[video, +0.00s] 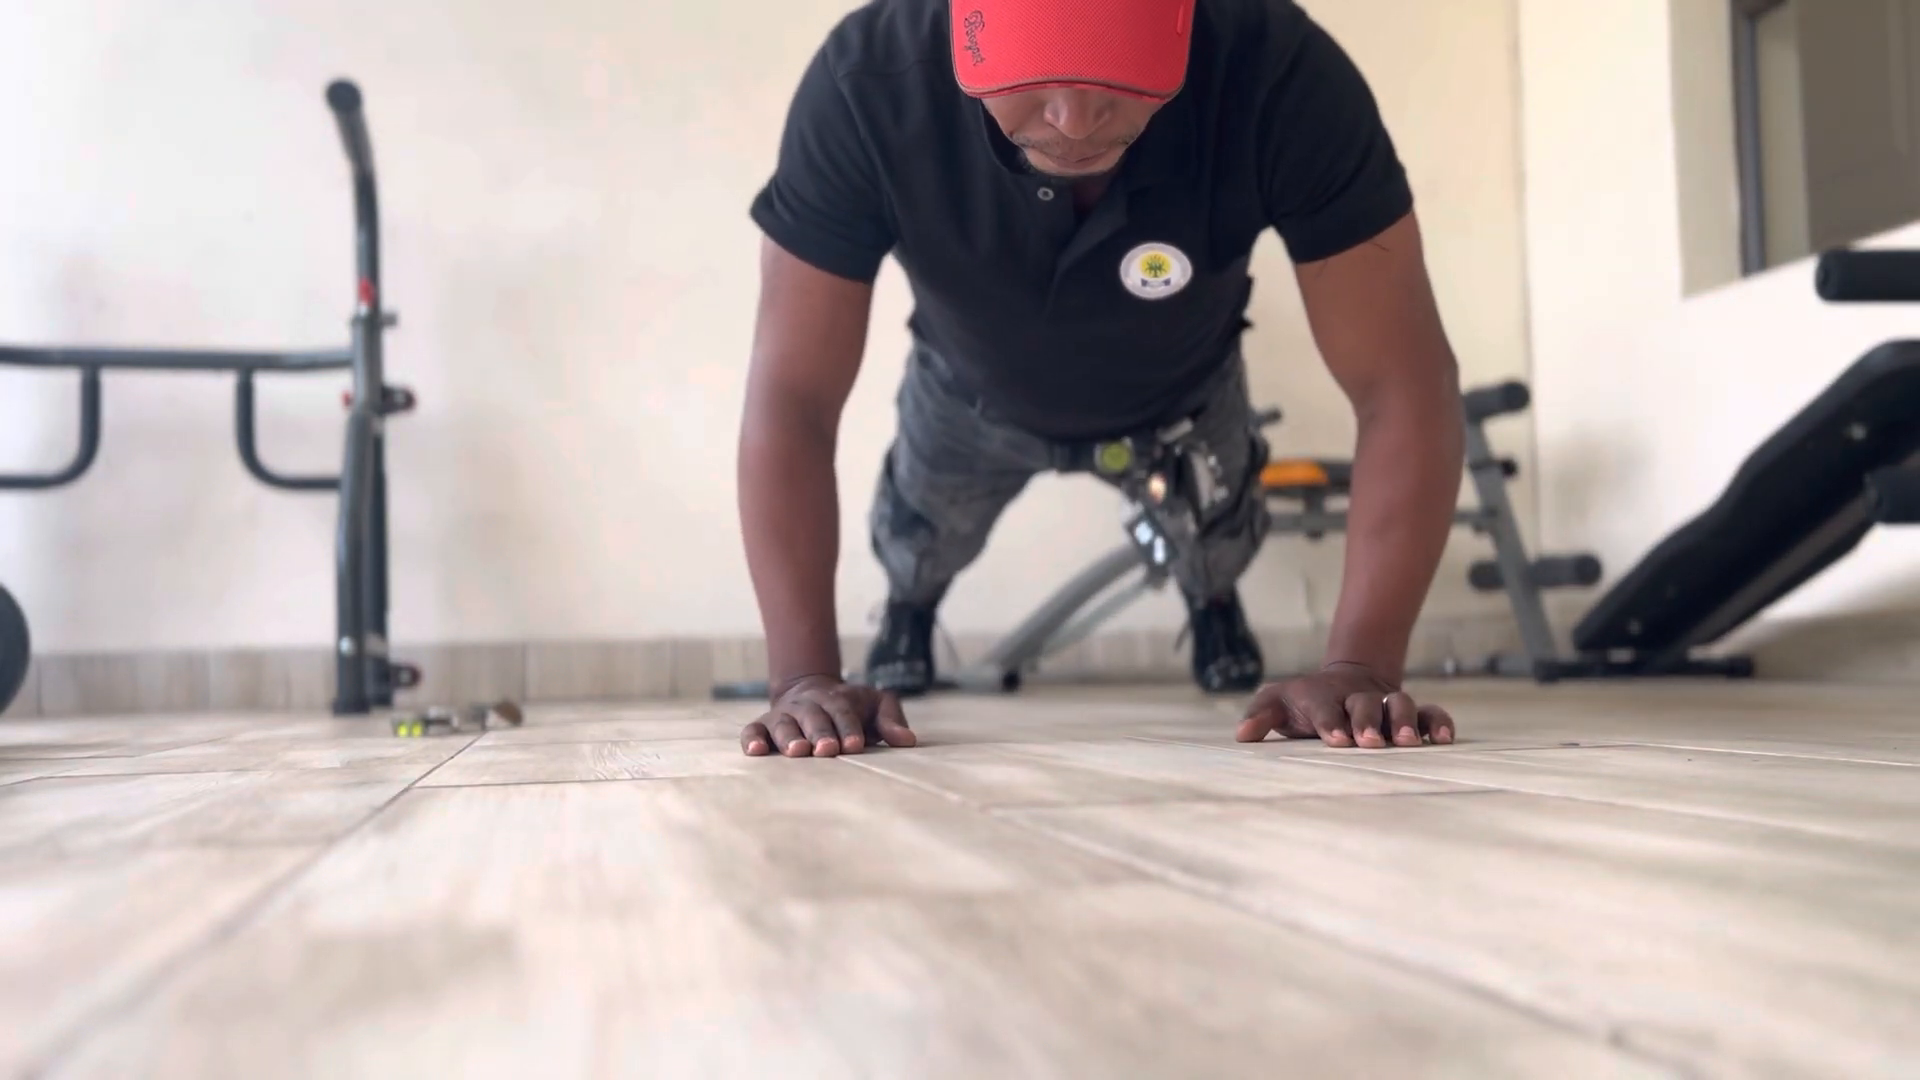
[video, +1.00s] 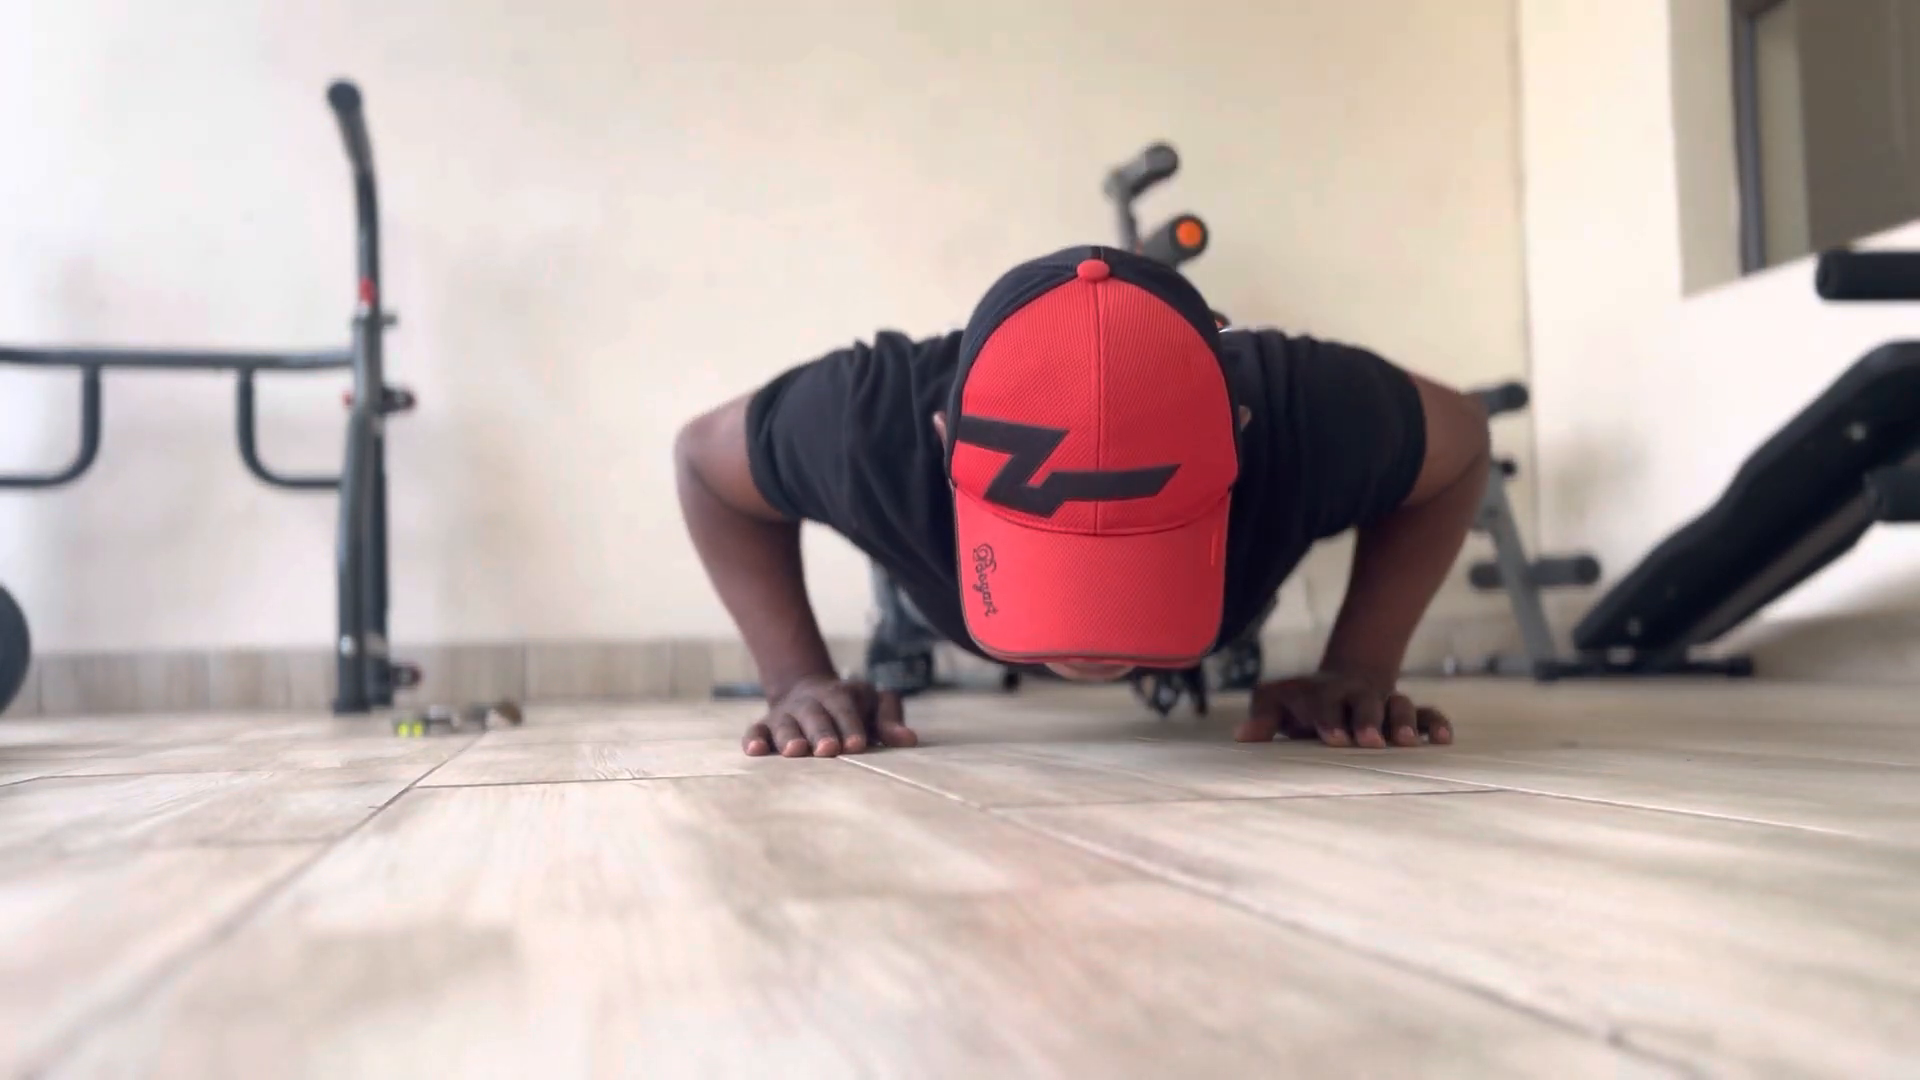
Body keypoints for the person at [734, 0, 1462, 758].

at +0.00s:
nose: (1070, 123)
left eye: (1112, 85)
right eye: (1029, 83)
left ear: (1175, 44)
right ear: (966, 42)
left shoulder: (1279, 77)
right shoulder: (868, 86)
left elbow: (1407, 387)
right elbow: (789, 401)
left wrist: (1360, 668)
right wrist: (801, 681)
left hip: (1180, 397)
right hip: (975, 394)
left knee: (1214, 526)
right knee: (928, 530)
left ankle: (1217, 610)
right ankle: (912, 615)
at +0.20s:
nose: (1074, 113)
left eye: (1119, 75)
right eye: (1033, 74)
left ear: (1179, 37)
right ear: (970, 36)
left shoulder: (1284, 74)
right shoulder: (868, 85)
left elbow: (1409, 385)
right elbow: (787, 401)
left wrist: (1360, 669)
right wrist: (800, 681)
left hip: (1181, 404)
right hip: (971, 402)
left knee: (1215, 529)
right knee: (926, 534)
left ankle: (1218, 609)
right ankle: (911, 615)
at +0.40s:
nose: (1071, 104)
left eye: (1115, 67)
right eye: (1028, 67)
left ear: (1175, 25)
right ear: (966, 26)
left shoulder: (1283, 67)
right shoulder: (865, 74)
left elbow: (1399, 381)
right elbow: (790, 395)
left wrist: (1357, 670)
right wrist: (801, 680)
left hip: (1181, 400)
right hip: (972, 398)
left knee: (1216, 527)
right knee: (928, 532)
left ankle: (1219, 609)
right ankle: (916, 615)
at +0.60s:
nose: (1080, 228)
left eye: (1122, 187)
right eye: (1039, 187)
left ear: (1189, 110)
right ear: (963, 104)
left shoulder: (1284, 124)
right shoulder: (868, 138)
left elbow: (1430, 405)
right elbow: (761, 425)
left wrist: (1361, 668)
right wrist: (794, 679)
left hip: (1186, 418)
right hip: (974, 424)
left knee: (1221, 535)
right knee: (929, 542)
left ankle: (1219, 613)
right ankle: (917, 621)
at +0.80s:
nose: (1090, 511)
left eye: (1131, 470)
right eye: (1053, 475)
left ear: (1221, 308)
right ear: (951, 327)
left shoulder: (1299, 311)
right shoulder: (867, 326)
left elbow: (1441, 450)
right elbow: (718, 469)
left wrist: (1361, 671)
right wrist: (794, 681)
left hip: (1203, 527)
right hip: (971, 530)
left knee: (1230, 567)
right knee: (922, 579)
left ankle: (1217, 610)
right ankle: (909, 621)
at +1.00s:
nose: (1092, 664)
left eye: (1140, 627)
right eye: (1052, 628)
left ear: (1231, 464)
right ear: (957, 470)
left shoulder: (1309, 416)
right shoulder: (868, 429)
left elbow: (1459, 443)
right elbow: (707, 461)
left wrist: (1360, 671)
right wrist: (795, 678)